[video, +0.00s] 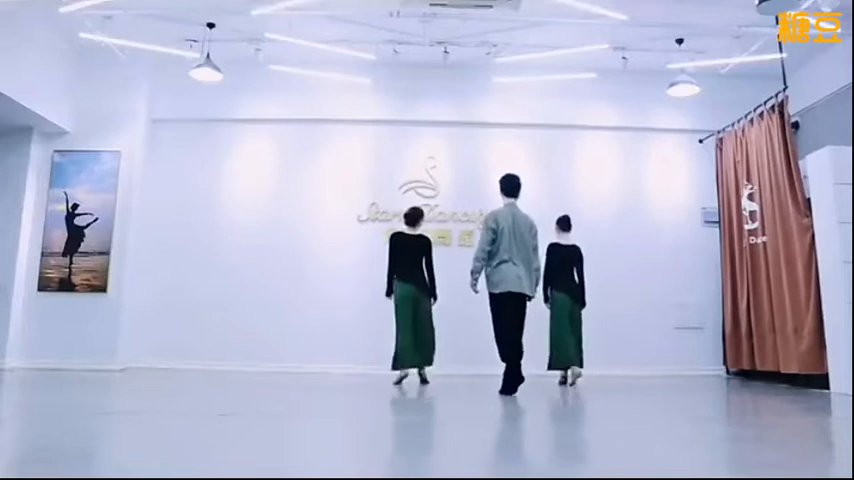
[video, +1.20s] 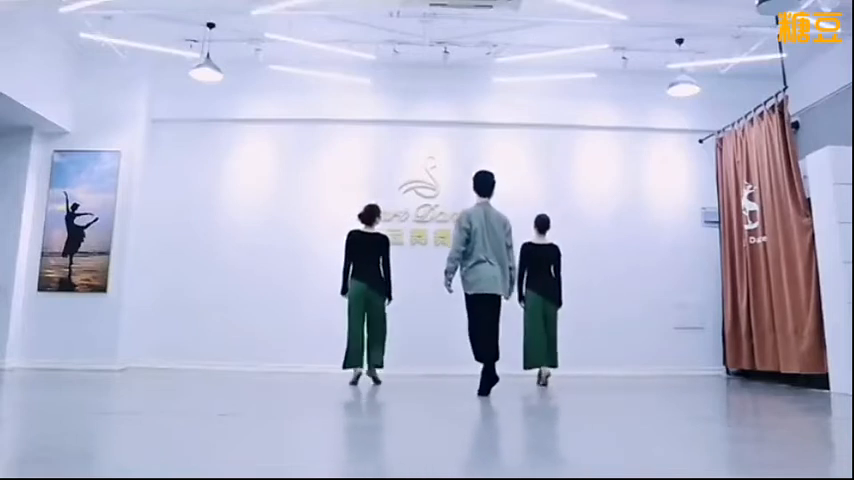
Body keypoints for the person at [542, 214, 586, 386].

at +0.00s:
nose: (556, 230)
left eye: (556, 227)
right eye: (560, 227)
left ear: (556, 228)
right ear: (570, 229)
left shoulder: (552, 248)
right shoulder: (576, 249)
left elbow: (547, 273)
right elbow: (581, 277)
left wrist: (546, 293)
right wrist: (583, 298)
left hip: (558, 292)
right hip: (573, 293)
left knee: (561, 331)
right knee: (573, 330)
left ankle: (565, 368)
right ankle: (574, 365)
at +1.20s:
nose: (538, 229)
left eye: (536, 226)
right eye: (542, 226)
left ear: (534, 227)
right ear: (548, 228)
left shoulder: (527, 247)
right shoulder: (554, 249)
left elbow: (521, 272)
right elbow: (558, 275)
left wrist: (520, 293)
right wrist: (559, 296)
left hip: (533, 292)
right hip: (550, 293)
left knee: (536, 330)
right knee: (548, 330)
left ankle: (542, 367)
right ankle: (545, 367)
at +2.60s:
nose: (516, 239)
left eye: (516, 237)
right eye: (519, 237)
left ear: (517, 238)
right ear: (531, 239)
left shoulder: (511, 259)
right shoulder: (537, 259)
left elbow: (507, 285)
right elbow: (547, 280)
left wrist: (507, 306)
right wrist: (556, 299)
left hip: (518, 303)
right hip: (537, 303)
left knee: (517, 338)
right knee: (539, 339)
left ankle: (519, 369)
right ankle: (539, 377)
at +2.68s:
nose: (512, 239)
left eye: (512, 236)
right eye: (515, 236)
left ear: (514, 238)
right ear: (527, 239)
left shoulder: (508, 259)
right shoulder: (534, 258)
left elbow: (505, 285)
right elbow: (547, 277)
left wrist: (504, 306)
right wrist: (559, 293)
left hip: (518, 303)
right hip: (535, 303)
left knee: (513, 337)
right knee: (538, 339)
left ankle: (513, 369)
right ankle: (538, 377)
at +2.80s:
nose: (503, 232)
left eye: (503, 230)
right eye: (504, 229)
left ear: (506, 230)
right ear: (518, 230)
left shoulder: (500, 249)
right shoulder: (525, 248)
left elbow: (494, 274)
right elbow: (542, 256)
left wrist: (492, 295)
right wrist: (553, 263)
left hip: (506, 296)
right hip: (524, 297)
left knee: (499, 332)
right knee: (531, 334)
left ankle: (489, 367)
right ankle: (537, 371)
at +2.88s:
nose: (499, 229)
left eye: (499, 227)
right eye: (500, 227)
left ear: (500, 227)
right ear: (514, 228)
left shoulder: (495, 245)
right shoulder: (521, 244)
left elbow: (489, 270)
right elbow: (538, 250)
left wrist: (486, 292)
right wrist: (547, 254)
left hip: (500, 292)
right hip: (518, 293)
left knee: (494, 329)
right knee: (525, 330)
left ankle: (484, 367)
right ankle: (534, 370)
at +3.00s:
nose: (489, 232)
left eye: (489, 230)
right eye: (493, 230)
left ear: (489, 230)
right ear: (503, 229)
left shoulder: (484, 246)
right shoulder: (509, 246)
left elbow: (477, 272)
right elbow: (518, 255)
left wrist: (474, 294)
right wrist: (522, 248)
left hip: (489, 290)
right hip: (506, 290)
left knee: (486, 329)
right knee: (506, 328)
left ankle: (484, 369)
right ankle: (507, 369)